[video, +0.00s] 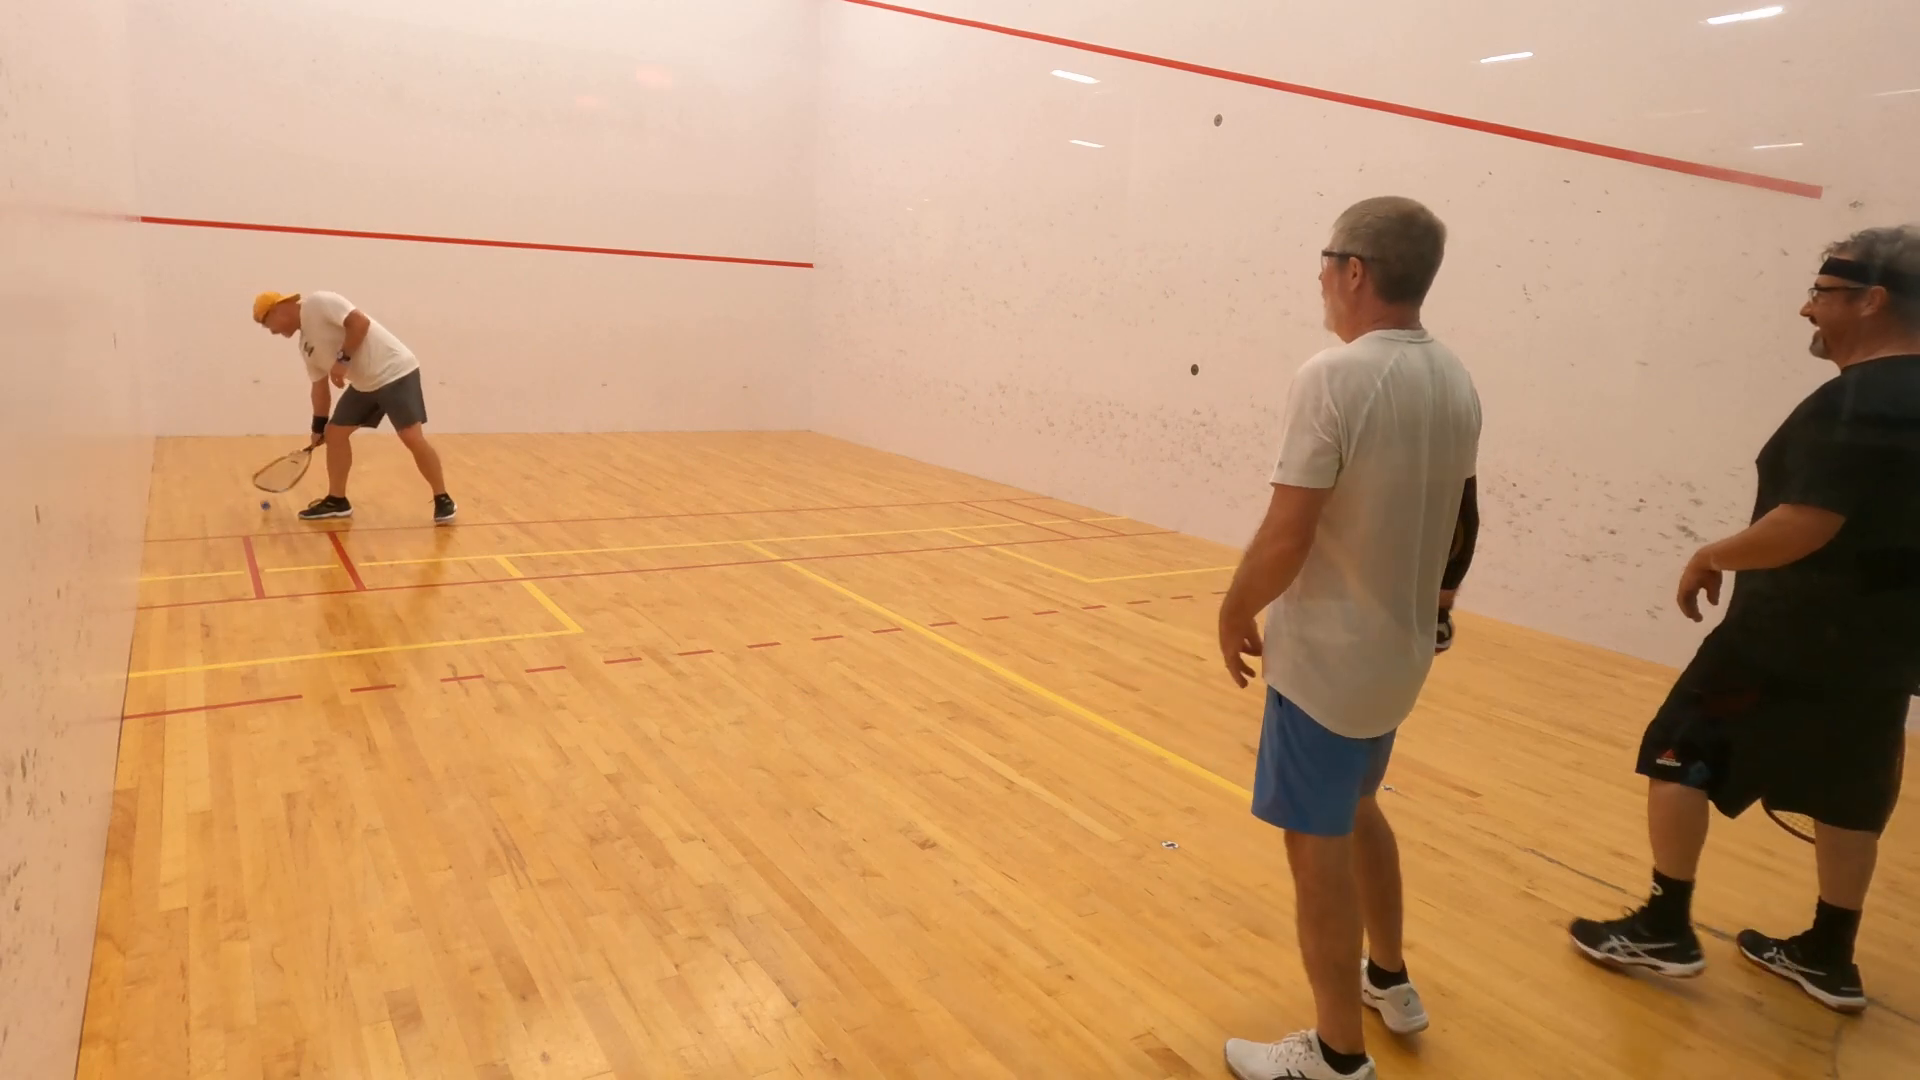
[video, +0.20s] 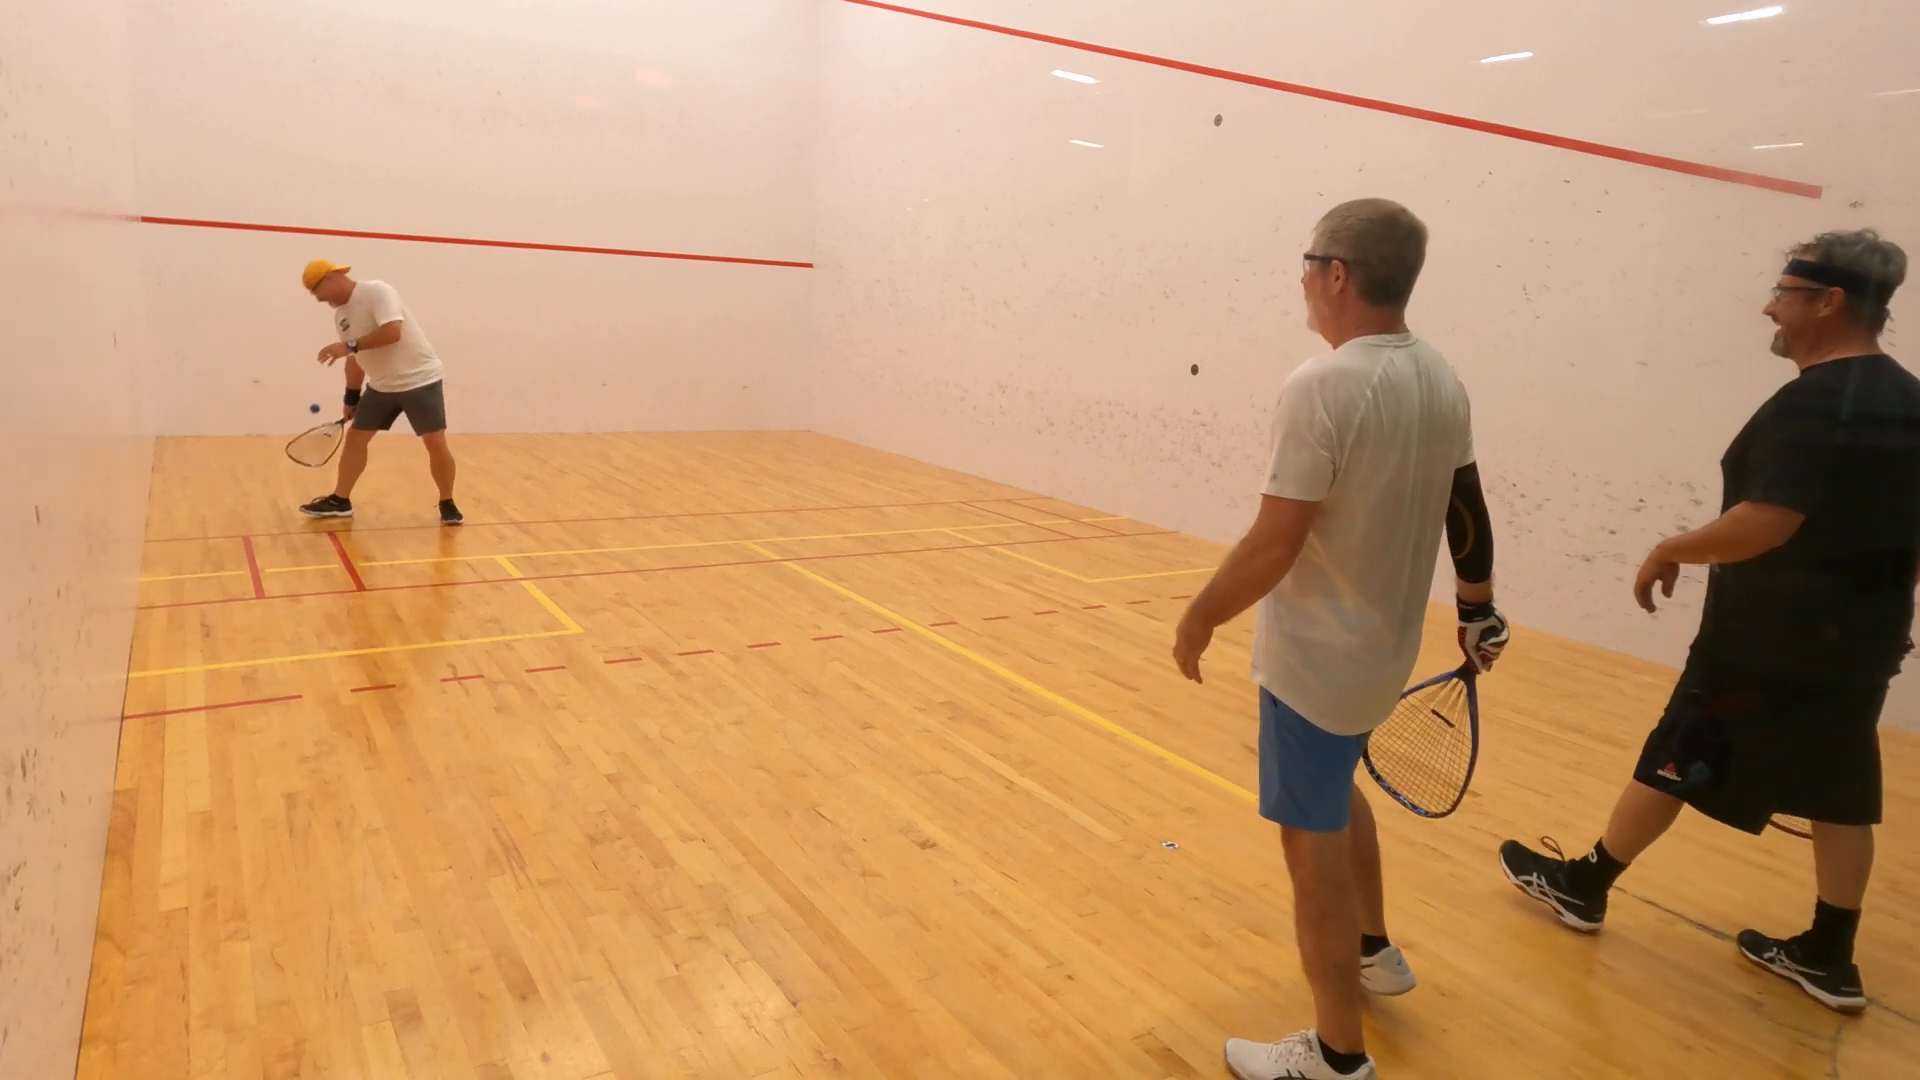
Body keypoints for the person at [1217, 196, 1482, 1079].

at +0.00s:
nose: (1320, 275)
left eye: (1328, 260)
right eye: (1326, 260)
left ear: (1357, 273)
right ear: (1411, 280)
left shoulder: (1335, 378)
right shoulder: (1452, 379)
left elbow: (1289, 530)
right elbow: (1458, 523)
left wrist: (1236, 608)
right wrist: (1430, 605)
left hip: (1331, 663)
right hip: (1400, 654)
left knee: (1318, 846)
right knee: (1357, 798)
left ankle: (1338, 1049)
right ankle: (1388, 974)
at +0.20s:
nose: (1303, 279)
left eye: (1310, 265)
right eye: (1309, 264)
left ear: (1337, 277)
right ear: (1396, 283)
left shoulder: (1324, 386)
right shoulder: (1438, 379)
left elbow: (1276, 538)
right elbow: (1465, 510)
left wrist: (1199, 616)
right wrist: (1477, 604)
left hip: (1317, 663)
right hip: (1384, 652)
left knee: (1312, 839)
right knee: (1335, 782)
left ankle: (1339, 1050)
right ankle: (1371, 945)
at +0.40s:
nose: (1288, 285)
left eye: (1294, 272)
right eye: (1294, 271)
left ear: (1318, 282)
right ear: (1375, 290)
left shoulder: (1295, 387)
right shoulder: (1418, 388)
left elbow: (1241, 531)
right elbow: (1446, 517)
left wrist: (1196, 589)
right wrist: (1452, 608)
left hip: (1299, 656)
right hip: (1369, 648)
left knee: (1312, 849)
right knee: (1324, 777)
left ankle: (1340, 1050)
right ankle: (1302, 894)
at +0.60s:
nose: (1272, 298)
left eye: (1277, 286)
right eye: (1276, 284)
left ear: (1297, 297)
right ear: (1357, 308)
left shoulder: (1269, 383)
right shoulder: (1387, 400)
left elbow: (1211, 513)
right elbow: (1407, 531)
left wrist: (1153, 594)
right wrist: (1397, 617)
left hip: (1270, 645)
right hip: (1337, 643)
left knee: (1281, 840)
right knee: (1286, 753)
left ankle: (1335, 1044)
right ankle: (1262, 874)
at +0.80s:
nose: (1249, 306)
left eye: (1254, 294)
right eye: (1255, 294)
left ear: (1270, 301)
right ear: (1325, 314)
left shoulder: (1243, 366)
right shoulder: (1351, 393)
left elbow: (1213, 486)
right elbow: (1359, 518)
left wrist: (1167, 581)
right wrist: (1347, 604)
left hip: (1246, 615)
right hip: (1320, 619)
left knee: (1181, 778)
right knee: (1267, 741)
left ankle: (1280, 962)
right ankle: (1239, 873)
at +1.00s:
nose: (1214, 321)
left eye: (1218, 309)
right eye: (1219, 310)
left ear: (1233, 311)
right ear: (1284, 322)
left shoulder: (1216, 360)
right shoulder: (1312, 392)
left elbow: (1195, 462)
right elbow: (1323, 521)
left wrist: (1155, 567)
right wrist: (1289, 604)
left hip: (1226, 597)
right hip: (1301, 605)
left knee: (1136, 747)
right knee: (1257, 730)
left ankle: (1132, 942)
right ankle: (1251, 877)